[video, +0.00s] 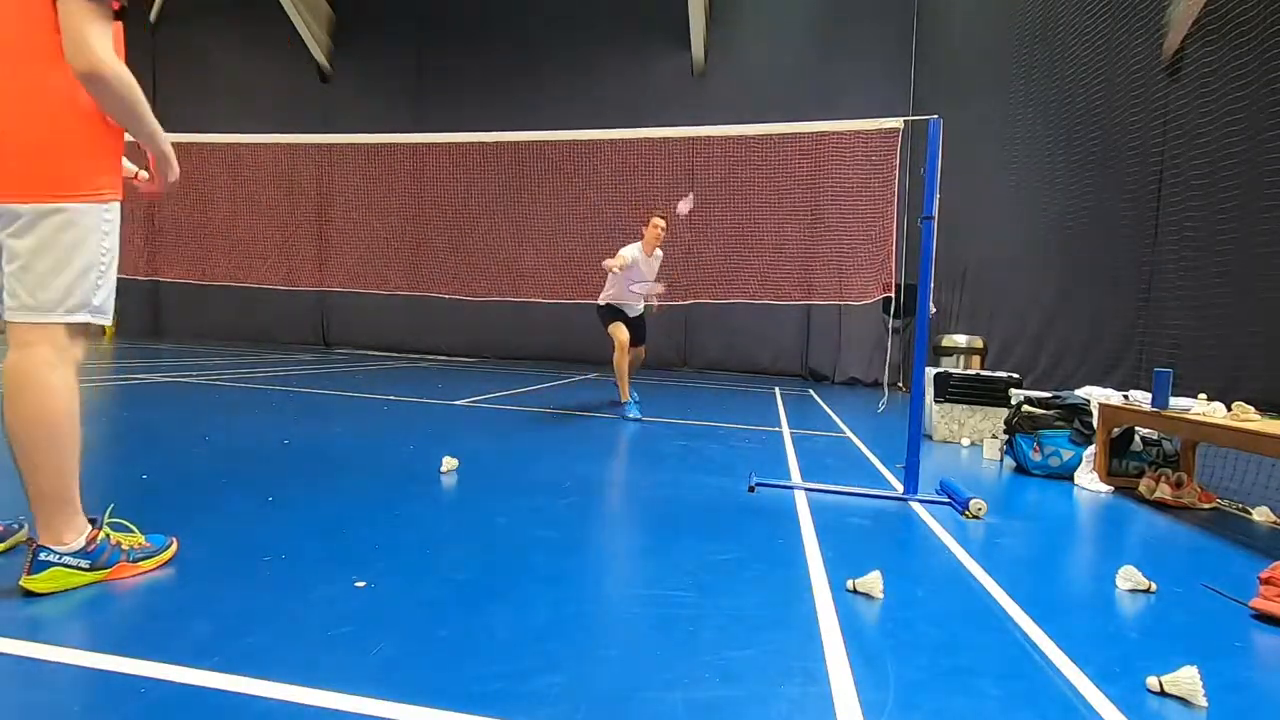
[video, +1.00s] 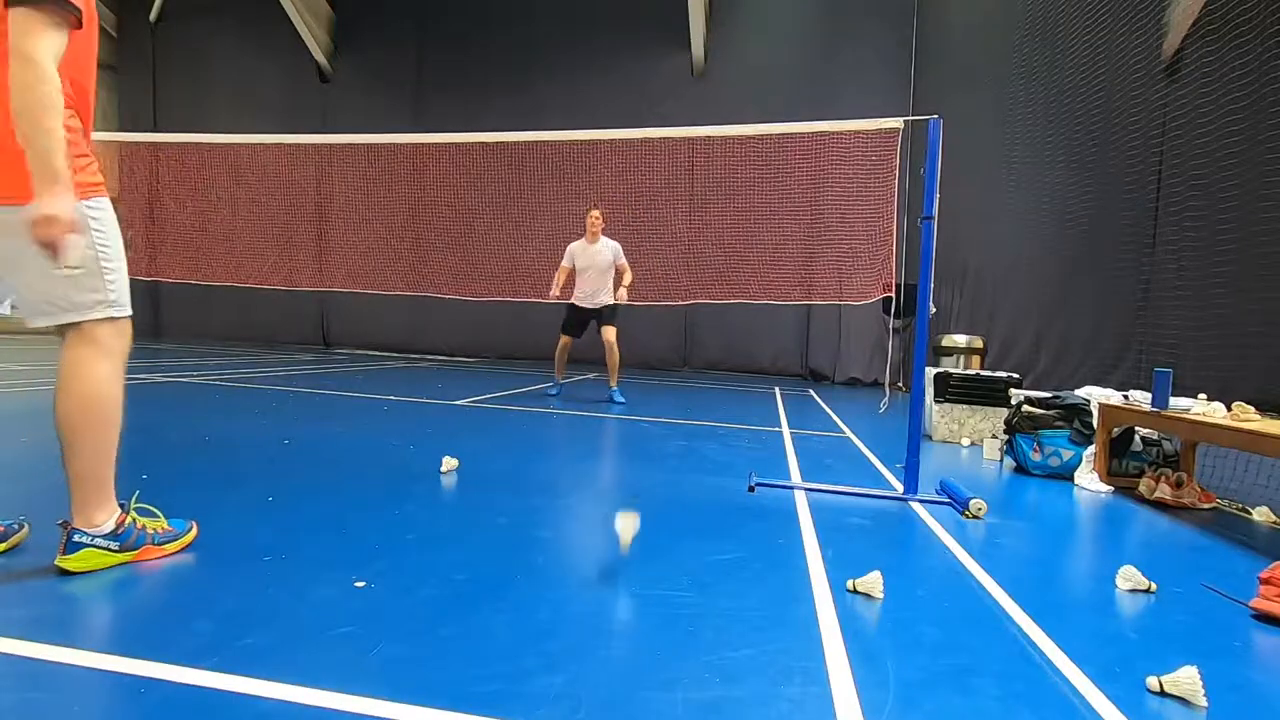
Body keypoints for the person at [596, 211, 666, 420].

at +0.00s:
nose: (659, 232)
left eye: (663, 229)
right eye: (655, 227)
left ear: (666, 235)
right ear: (645, 229)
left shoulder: (658, 256)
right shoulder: (632, 252)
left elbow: (646, 279)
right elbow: (619, 261)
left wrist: (652, 296)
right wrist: (613, 265)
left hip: (635, 309)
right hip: (611, 306)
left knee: (638, 354)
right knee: (623, 339)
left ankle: (623, 382)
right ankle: (626, 400)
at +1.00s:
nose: (593, 221)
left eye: (597, 218)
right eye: (591, 218)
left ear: (603, 223)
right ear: (585, 222)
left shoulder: (613, 247)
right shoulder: (574, 248)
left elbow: (627, 272)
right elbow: (563, 271)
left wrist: (623, 287)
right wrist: (556, 287)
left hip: (606, 303)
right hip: (579, 303)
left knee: (610, 341)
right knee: (564, 342)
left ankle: (613, 388)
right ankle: (557, 382)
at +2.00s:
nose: (676, 232)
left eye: (680, 229)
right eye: (672, 227)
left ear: (683, 235)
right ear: (663, 230)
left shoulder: (674, 261)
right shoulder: (651, 251)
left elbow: (668, 287)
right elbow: (651, 260)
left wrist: (681, 307)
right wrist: (672, 260)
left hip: (658, 316)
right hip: (636, 311)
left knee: (661, 366)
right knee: (656, 341)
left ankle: (638, 386)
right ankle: (658, 403)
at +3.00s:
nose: (621, 204)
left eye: (625, 202)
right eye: (618, 201)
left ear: (630, 208)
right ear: (612, 205)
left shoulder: (640, 233)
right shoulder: (599, 233)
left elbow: (649, 260)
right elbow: (580, 256)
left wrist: (653, 275)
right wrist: (567, 274)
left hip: (629, 295)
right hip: (602, 293)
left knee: (636, 340)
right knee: (585, 339)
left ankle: (633, 390)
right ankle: (573, 380)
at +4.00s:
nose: (642, 217)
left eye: (646, 214)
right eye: (639, 213)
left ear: (651, 220)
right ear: (633, 217)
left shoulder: (653, 248)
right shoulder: (617, 241)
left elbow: (657, 276)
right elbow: (603, 269)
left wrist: (667, 295)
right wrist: (607, 295)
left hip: (639, 302)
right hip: (617, 300)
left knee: (648, 350)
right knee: (624, 338)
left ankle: (632, 389)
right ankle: (612, 387)